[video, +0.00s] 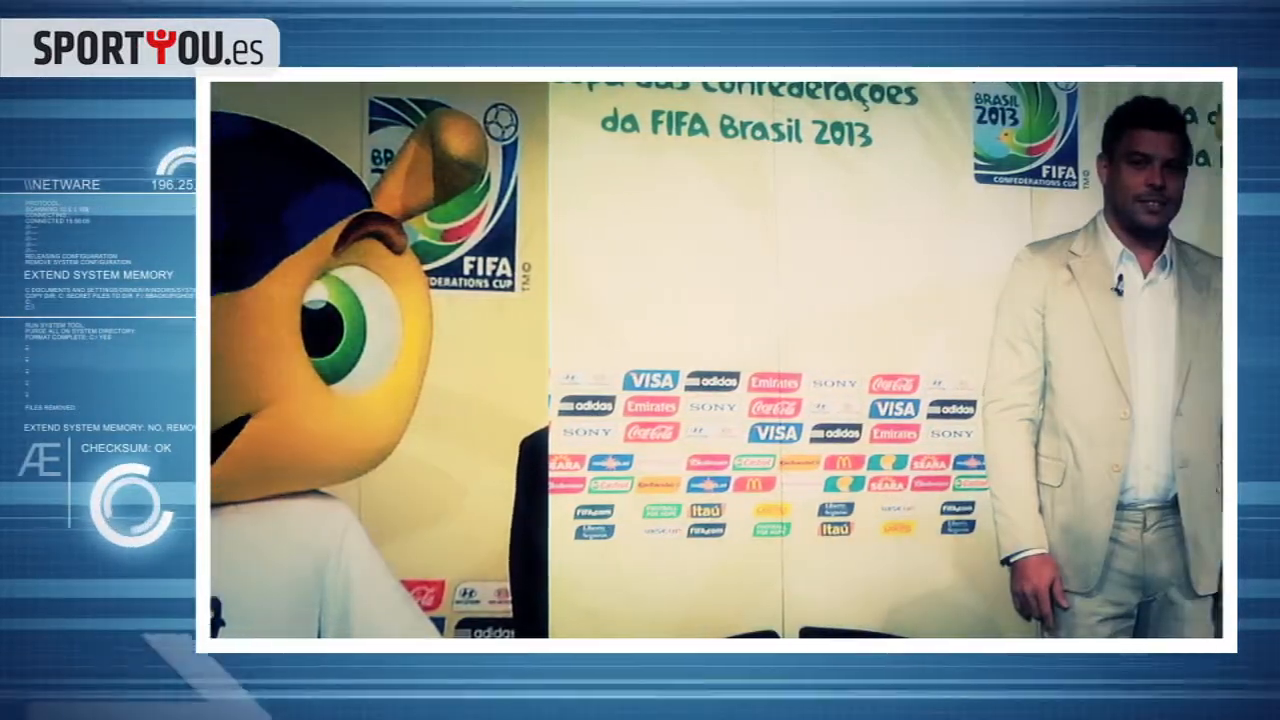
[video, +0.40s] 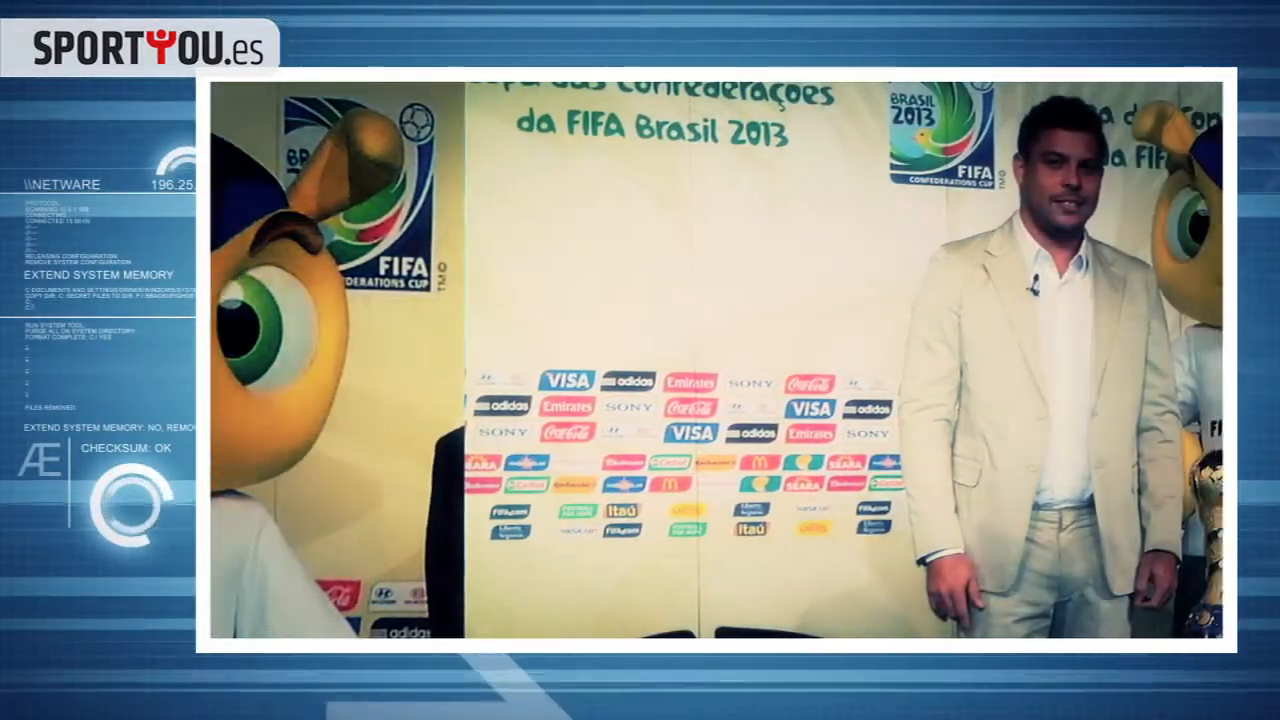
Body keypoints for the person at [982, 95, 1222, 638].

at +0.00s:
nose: (1157, 180)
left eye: (1172, 166)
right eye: (1139, 162)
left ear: (1187, 179)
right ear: (1104, 170)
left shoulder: (1222, 280)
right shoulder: (1042, 271)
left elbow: (1241, 421)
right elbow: (1008, 415)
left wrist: (1239, 552)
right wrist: (1024, 548)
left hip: (1193, 544)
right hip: (1086, 544)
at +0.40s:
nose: (1073, 180)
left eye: (1089, 166)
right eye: (1055, 162)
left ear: (1102, 178)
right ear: (1020, 170)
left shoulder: (1135, 282)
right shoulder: (958, 270)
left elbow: (1158, 422)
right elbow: (924, 414)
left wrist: (1162, 542)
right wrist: (941, 549)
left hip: (1107, 543)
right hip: (1001, 546)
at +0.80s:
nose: (989, 180)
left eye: (1005, 166)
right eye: (971, 162)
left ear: (1018, 178)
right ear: (936, 170)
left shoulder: (1051, 283)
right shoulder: (873, 271)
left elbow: (1075, 422)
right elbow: (840, 414)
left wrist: (1078, 543)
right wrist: (857, 549)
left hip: (1025, 544)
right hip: (917, 547)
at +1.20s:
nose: (905, 180)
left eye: (921, 166)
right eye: (887, 162)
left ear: (934, 178)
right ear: (852, 169)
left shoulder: (967, 283)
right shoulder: (789, 270)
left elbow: (991, 423)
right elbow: (756, 414)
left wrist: (994, 543)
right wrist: (773, 549)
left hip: (940, 543)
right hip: (832, 545)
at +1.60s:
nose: (821, 180)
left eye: (837, 166)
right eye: (803, 162)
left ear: (850, 178)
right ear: (768, 169)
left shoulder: (883, 282)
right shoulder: (705, 271)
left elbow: (907, 422)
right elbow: (672, 415)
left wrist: (910, 543)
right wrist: (689, 549)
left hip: (857, 543)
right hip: (748, 544)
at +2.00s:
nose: (738, 180)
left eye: (754, 166)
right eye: (719, 162)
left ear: (767, 177)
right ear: (684, 169)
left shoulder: (800, 283)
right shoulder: (621, 271)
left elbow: (823, 423)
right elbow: (589, 415)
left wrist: (826, 543)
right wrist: (606, 549)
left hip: (773, 542)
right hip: (665, 544)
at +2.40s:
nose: (655, 180)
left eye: (671, 166)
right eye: (636, 162)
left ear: (684, 178)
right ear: (601, 170)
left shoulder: (717, 282)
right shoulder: (539, 270)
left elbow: (740, 423)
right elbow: (505, 415)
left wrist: (742, 543)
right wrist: (523, 549)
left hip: (689, 542)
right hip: (581, 544)